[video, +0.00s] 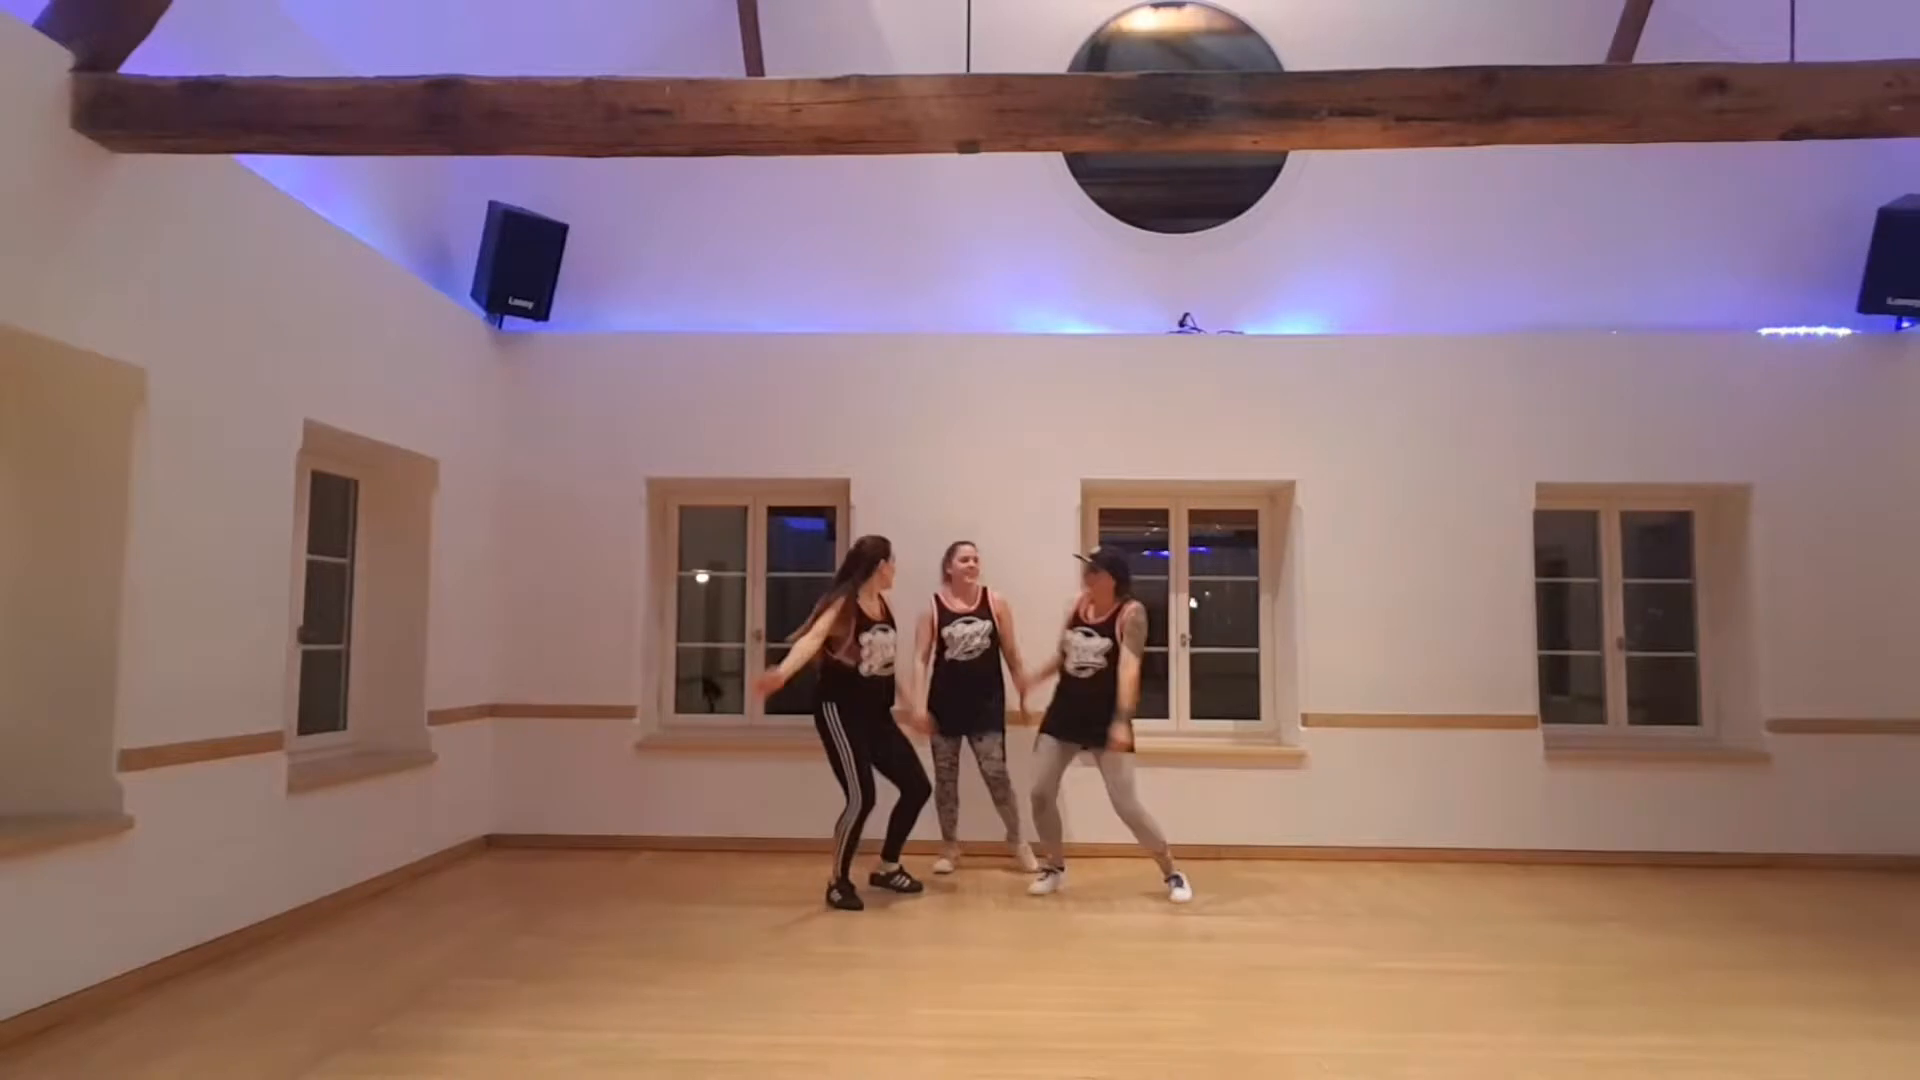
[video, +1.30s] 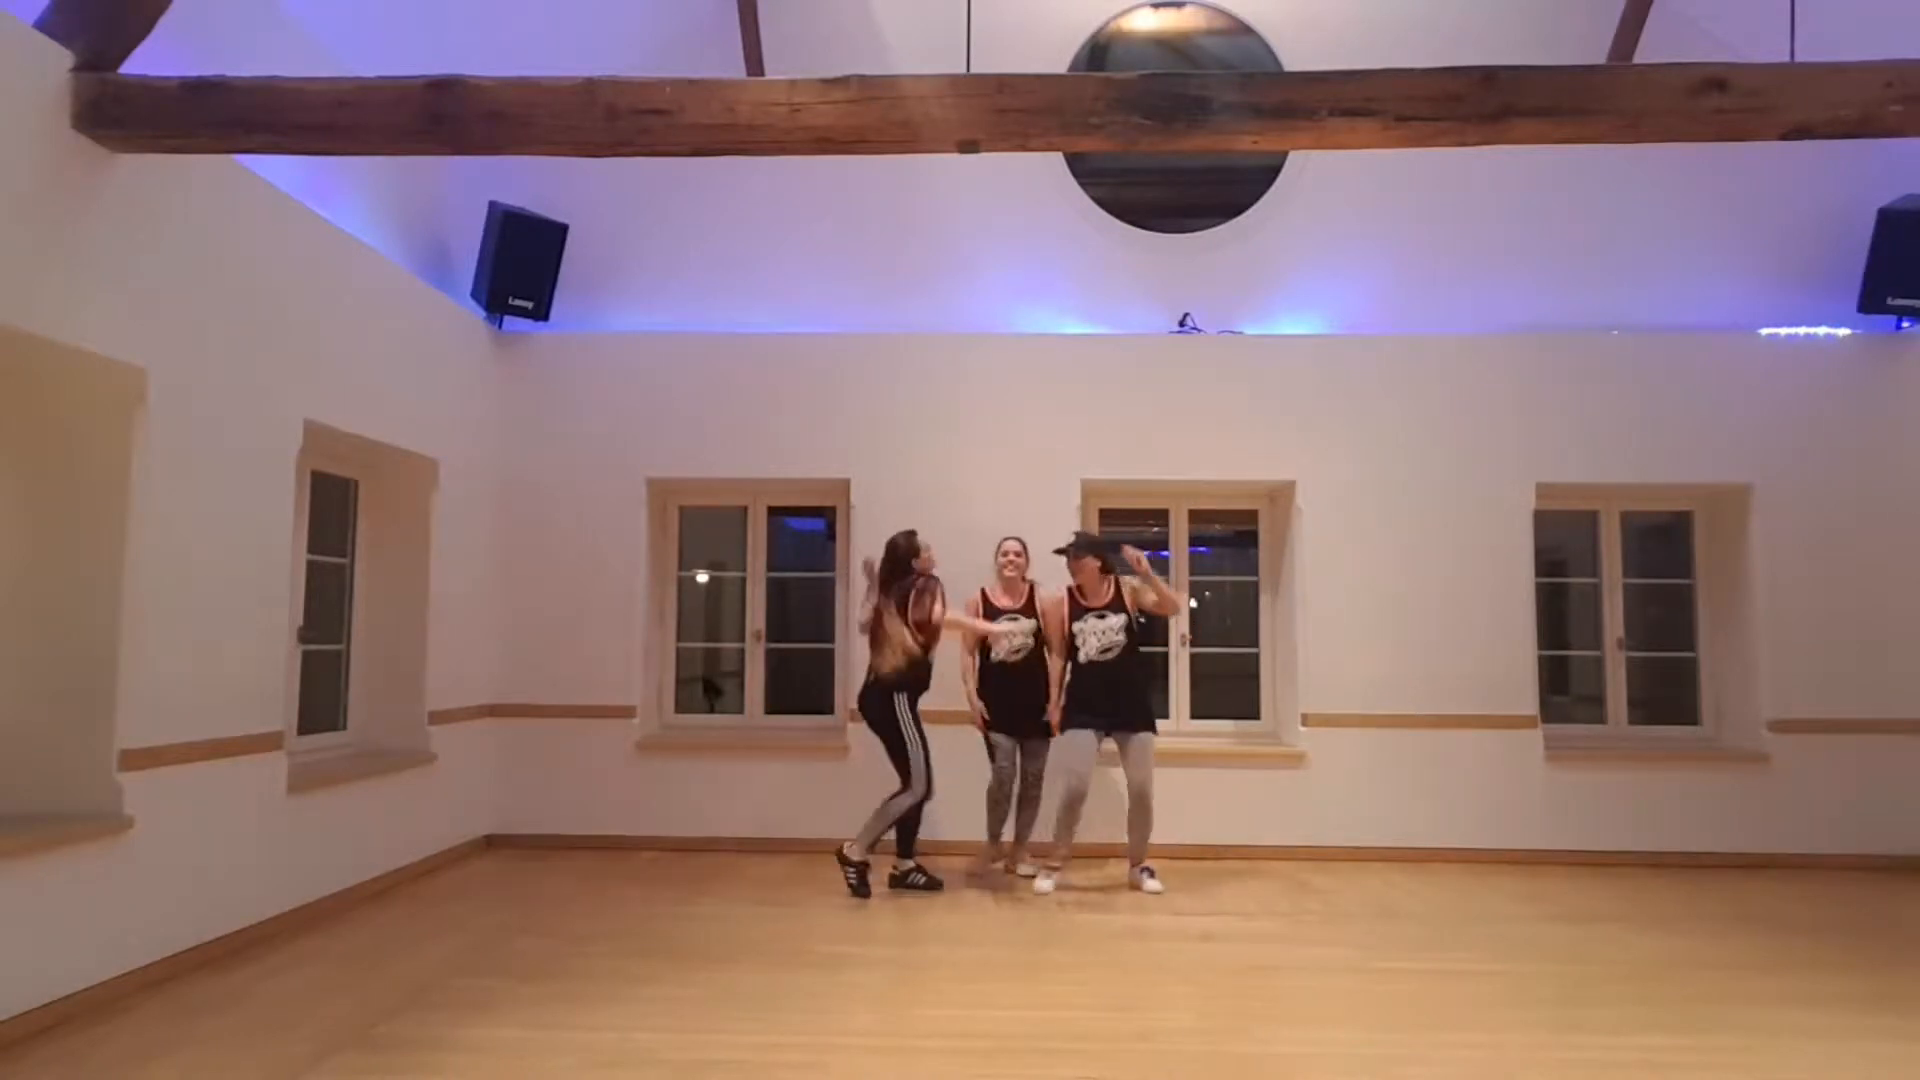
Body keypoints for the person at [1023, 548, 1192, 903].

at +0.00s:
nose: (1087, 578)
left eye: (1094, 573)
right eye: (1087, 571)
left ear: (1113, 579)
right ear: (1088, 576)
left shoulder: (1131, 613)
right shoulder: (1080, 605)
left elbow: (1129, 669)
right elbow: (1062, 658)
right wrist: (1032, 679)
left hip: (1106, 718)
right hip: (1065, 713)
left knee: (1125, 805)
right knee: (1040, 792)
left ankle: (1172, 875)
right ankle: (1055, 868)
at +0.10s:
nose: (1073, 568)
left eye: (1081, 563)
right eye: (1074, 562)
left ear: (1101, 572)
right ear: (1075, 567)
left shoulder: (1120, 608)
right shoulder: (1061, 595)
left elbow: (1140, 660)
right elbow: (1034, 634)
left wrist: (1160, 712)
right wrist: (1021, 630)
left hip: (1099, 714)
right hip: (1054, 711)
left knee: (1119, 792)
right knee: (1041, 788)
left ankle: (1163, 869)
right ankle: (1053, 867)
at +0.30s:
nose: (1056, 555)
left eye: (1064, 550)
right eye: (1056, 548)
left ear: (1084, 555)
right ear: (1057, 551)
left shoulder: (1106, 586)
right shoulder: (1044, 578)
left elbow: (1133, 614)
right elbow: (990, 597)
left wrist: (1171, 633)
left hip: (1089, 696)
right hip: (1042, 695)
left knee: (1085, 777)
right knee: (1040, 782)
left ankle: (1083, 861)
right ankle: (1044, 865)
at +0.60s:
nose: (1056, 571)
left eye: (1063, 565)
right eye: (1053, 565)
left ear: (1080, 566)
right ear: (1048, 565)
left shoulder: (1092, 596)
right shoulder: (1042, 595)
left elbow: (1104, 638)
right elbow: (1003, 611)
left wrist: (1156, 644)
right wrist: (1006, 645)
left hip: (1080, 710)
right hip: (1038, 709)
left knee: (1082, 787)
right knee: (1046, 791)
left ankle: (1064, 865)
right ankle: (1045, 867)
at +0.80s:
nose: (1059, 553)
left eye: (1067, 546)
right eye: (1055, 547)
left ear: (1082, 551)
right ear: (1049, 551)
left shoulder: (1093, 583)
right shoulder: (1041, 587)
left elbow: (1113, 611)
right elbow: (1001, 621)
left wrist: (1148, 587)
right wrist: (990, 675)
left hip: (1087, 695)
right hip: (1042, 699)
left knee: (1114, 767)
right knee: (1047, 786)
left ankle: (1110, 854)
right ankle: (1045, 866)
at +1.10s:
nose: (1061, 572)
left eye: (1068, 565)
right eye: (1058, 566)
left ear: (1087, 567)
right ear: (1055, 570)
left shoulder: (1111, 598)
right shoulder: (1048, 609)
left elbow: (1161, 606)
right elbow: (1035, 662)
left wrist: (1148, 564)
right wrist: (1032, 715)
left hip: (1111, 709)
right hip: (1063, 711)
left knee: (1137, 791)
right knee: (1054, 794)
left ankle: (1138, 866)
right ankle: (1044, 866)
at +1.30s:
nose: (1073, 567)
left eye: (1080, 560)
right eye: (1070, 561)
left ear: (1100, 562)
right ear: (1069, 565)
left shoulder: (1128, 589)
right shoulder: (1064, 603)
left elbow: (1173, 607)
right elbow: (1058, 655)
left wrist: (1148, 574)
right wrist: (1054, 702)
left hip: (1131, 705)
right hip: (1082, 707)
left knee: (1142, 790)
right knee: (1074, 788)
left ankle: (1138, 866)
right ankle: (1055, 864)